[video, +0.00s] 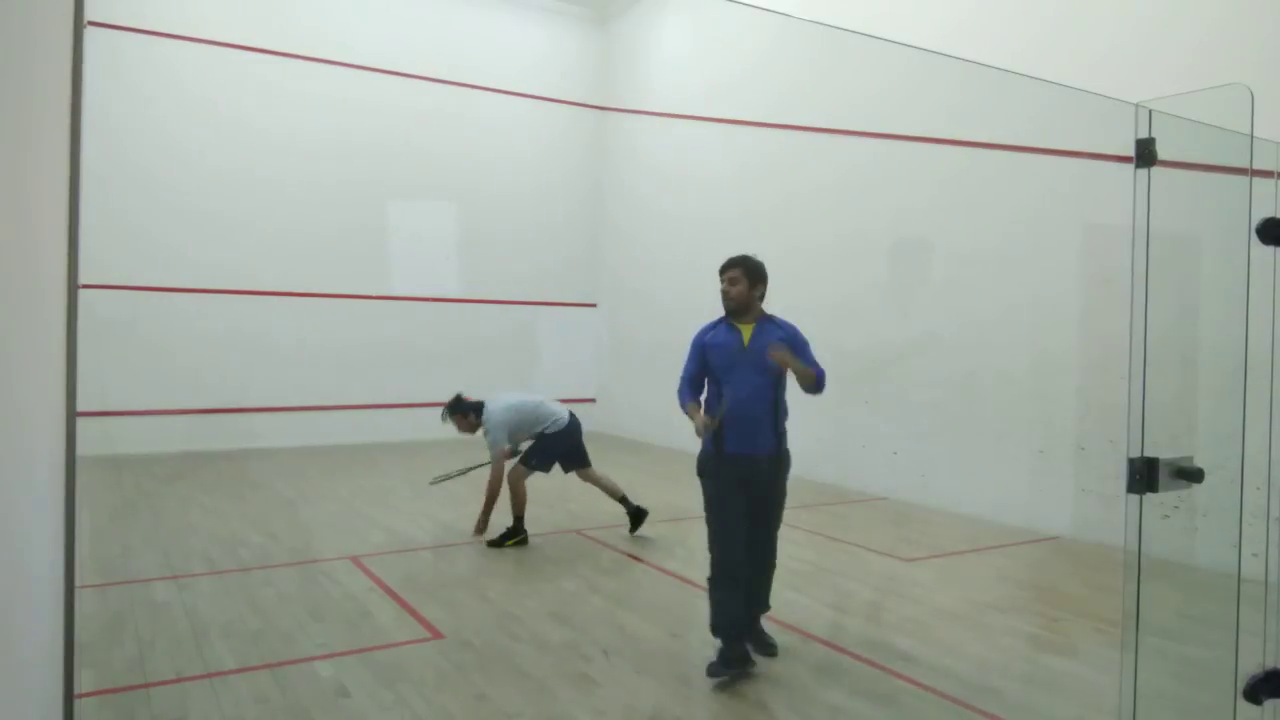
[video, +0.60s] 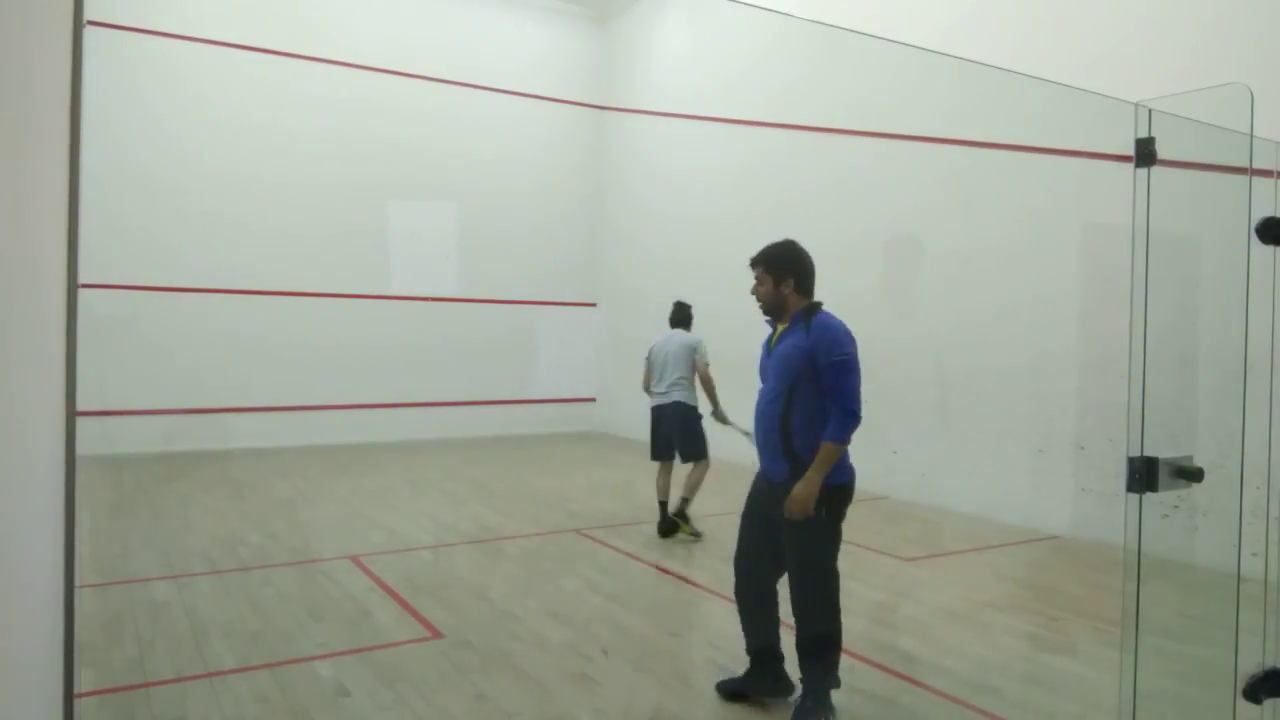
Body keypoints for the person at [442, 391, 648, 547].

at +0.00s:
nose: (458, 430)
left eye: (458, 424)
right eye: (456, 425)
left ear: (468, 417)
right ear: (470, 413)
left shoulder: (494, 426)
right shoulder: (494, 410)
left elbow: (496, 480)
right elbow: (530, 425)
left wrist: (482, 518)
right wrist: (512, 450)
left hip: (554, 431)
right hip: (568, 422)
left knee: (515, 477)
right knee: (587, 473)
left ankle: (518, 530)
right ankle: (634, 510)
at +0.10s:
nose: (493, 368)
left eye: (494, 362)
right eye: (491, 363)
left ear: (503, 360)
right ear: (511, 357)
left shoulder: (515, 383)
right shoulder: (536, 368)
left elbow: (520, 431)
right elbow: (575, 382)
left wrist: (508, 459)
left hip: (563, 428)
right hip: (587, 420)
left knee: (527, 474)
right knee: (589, 473)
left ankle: (518, 529)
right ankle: (620, 523)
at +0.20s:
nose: (546, 338)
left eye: (546, 333)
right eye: (545, 333)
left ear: (553, 333)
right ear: (568, 329)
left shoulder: (556, 360)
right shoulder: (594, 350)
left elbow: (550, 402)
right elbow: (624, 374)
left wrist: (542, 413)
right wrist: (601, 384)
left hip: (578, 426)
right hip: (607, 420)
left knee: (552, 474)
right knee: (612, 476)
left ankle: (527, 526)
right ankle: (616, 534)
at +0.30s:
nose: (593, 324)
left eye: (592, 320)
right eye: (596, 319)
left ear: (593, 321)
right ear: (614, 319)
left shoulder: (587, 348)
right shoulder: (630, 343)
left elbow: (577, 389)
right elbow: (657, 369)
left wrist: (574, 419)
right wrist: (648, 395)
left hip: (598, 418)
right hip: (628, 417)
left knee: (590, 469)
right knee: (624, 475)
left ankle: (590, 522)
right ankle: (618, 533)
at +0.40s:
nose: (648, 328)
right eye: (649, 324)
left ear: (631, 327)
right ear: (652, 327)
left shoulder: (616, 353)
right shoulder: (660, 351)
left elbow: (604, 390)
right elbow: (672, 388)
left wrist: (599, 424)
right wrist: (677, 413)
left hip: (624, 419)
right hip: (650, 418)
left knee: (644, 473)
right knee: (637, 476)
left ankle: (660, 519)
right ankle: (618, 533)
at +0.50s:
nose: (677, 331)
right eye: (677, 328)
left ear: (656, 330)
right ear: (676, 330)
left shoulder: (641, 352)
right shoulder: (682, 352)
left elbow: (628, 390)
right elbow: (689, 392)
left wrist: (632, 420)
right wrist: (692, 425)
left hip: (642, 413)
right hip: (668, 412)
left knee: (655, 469)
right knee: (669, 473)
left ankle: (664, 521)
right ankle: (633, 511)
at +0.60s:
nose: (690, 324)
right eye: (691, 320)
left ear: (670, 321)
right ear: (690, 322)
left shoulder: (656, 346)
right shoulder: (695, 342)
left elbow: (647, 385)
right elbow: (704, 375)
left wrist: (665, 399)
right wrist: (716, 407)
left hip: (659, 411)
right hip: (684, 410)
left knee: (665, 463)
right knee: (701, 462)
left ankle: (663, 520)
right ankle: (680, 511)